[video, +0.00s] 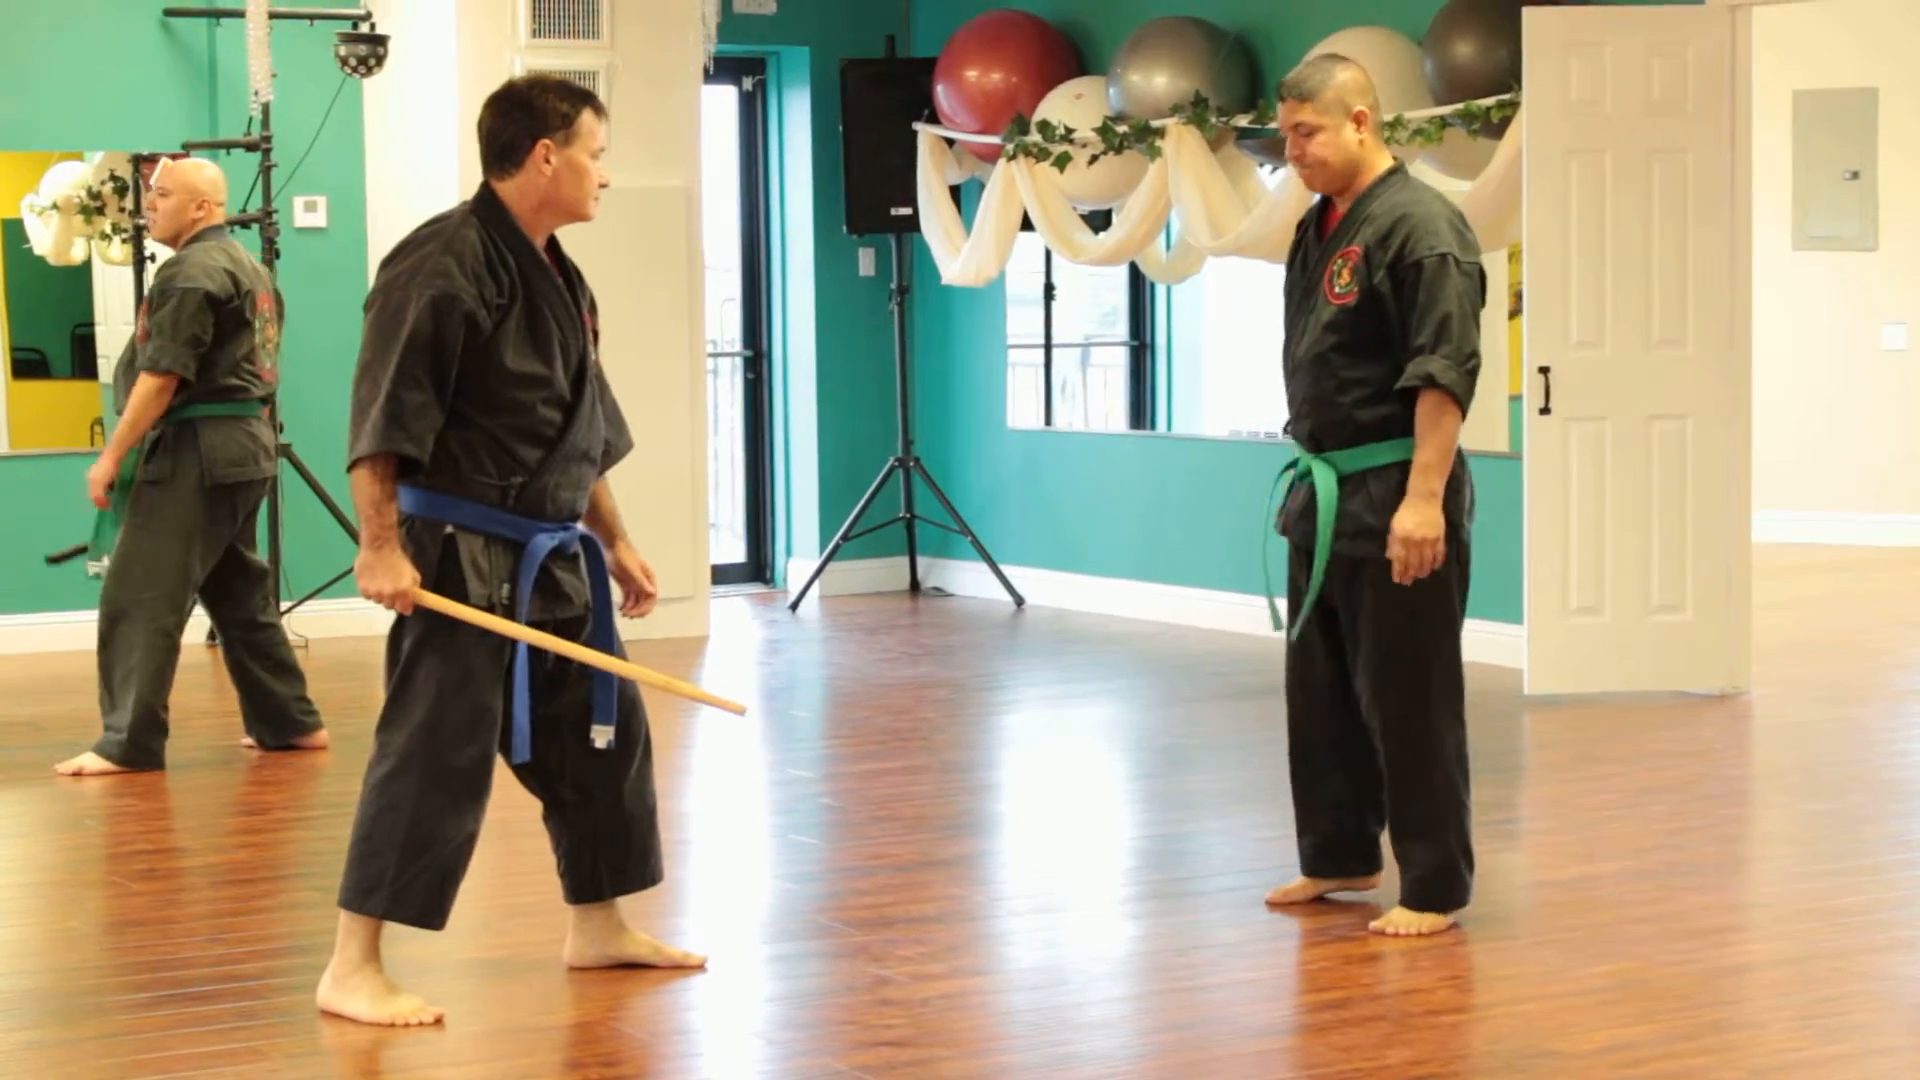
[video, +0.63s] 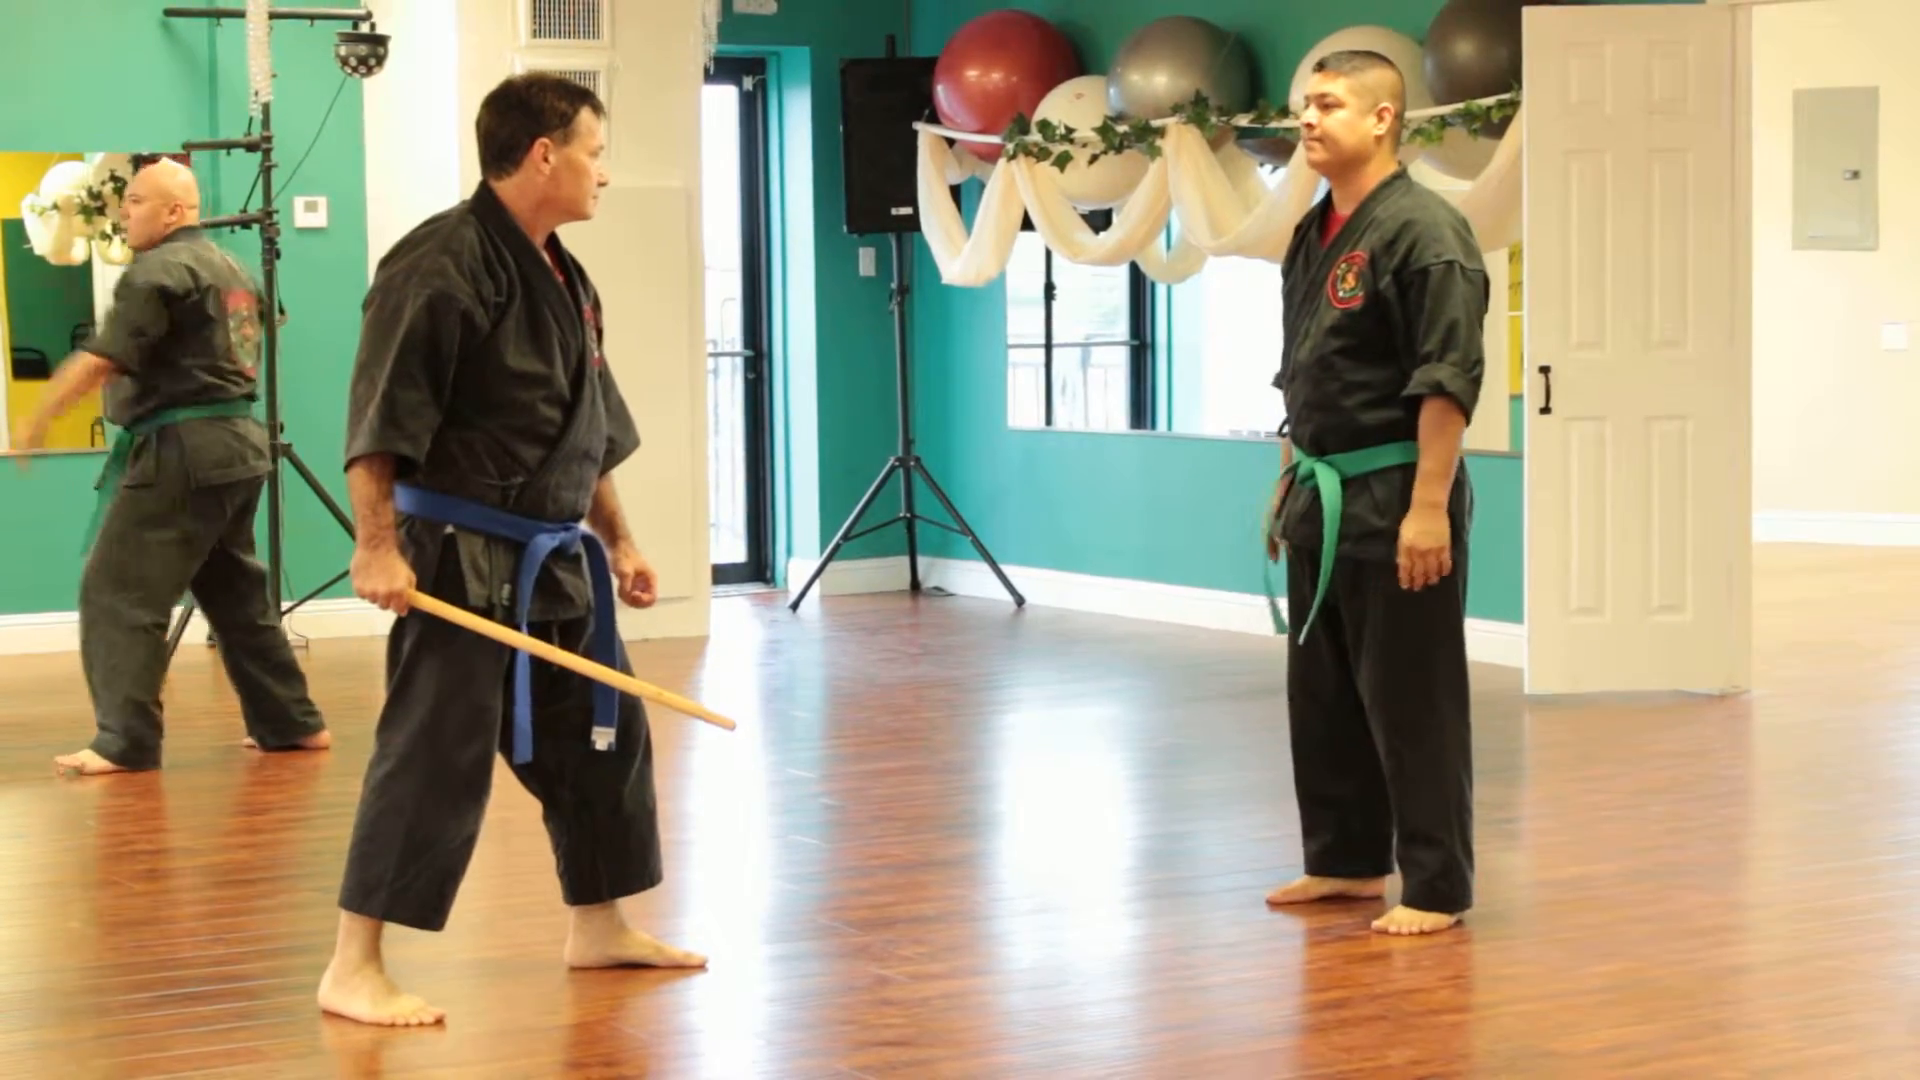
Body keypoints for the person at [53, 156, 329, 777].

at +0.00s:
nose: (148, 205)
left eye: (161, 195)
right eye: (151, 193)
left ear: (202, 208)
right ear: (208, 210)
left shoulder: (191, 272)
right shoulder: (240, 262)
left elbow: (159, 381)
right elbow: (245, 365)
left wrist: (111, 455)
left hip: (196, 447)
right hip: (242, 442)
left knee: (141, 593)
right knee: (237, 591)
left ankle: (130, 744)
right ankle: (289, 722)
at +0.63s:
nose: (122, 211)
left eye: (134, 201)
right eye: (125, 200)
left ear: (174, 211)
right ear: (185, 212)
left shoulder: (157, 272)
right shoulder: (229, 267)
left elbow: (100, 359)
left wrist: (39, 418)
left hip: (182, 451)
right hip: (240, 444)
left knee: (118, 589)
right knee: (232, 586)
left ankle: (126, 742)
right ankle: (290, 722)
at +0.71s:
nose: (106, 221)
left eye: (116, 211)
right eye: (109, 210)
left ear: (154, 220)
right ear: (167, 221)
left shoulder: (136, 274)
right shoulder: (210, 273)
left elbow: (47, 341)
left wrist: (8, 371)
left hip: (172, 457)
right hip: (234, 450)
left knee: (97, 586)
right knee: (219, 586)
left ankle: (112, 742)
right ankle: (290, 723)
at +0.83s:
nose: (68, 220)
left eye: (81, 210)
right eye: (72, 208)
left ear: (117, 221)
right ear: (136, 221)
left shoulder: (92, 269)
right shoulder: (172, 267)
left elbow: (12, 304)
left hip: (132, 459)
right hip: (186, 449)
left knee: (63, 595)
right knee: (205, 585)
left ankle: (99, 745)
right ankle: (285, 712)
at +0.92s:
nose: (36, 217)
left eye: (46, 206)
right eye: (39, 207)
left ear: (86, 209)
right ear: (100, 211)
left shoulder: (64, 264)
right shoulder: (139, 255)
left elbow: (13, 290)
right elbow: (154, 233)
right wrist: (151, 176)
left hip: (81, 457)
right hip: (140, 448)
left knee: (46, 605)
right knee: (140, 583)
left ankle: (98, 744)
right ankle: (245, 685)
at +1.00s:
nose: (6, 209)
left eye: (17, 199)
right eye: (10, 198)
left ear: (49, 208)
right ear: (63, 210)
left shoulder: (42, 259)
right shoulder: (95, 252)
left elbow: (16, 285)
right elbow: (121, 230)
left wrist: (11, 286)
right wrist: (138, 175)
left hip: (53, 453)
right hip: (75, 447)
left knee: (36, 608)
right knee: (41, 596)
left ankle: (99, 745)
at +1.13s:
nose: (3, 201)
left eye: (5, 193)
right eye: (6, 193)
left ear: (9, 204)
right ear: (18, 205)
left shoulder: (16, 273)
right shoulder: (37, 267)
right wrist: (46, 162)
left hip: (20, 446)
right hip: (37, 440)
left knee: (24, 609)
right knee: (23, 607)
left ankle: (93, 741)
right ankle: (90, 738)